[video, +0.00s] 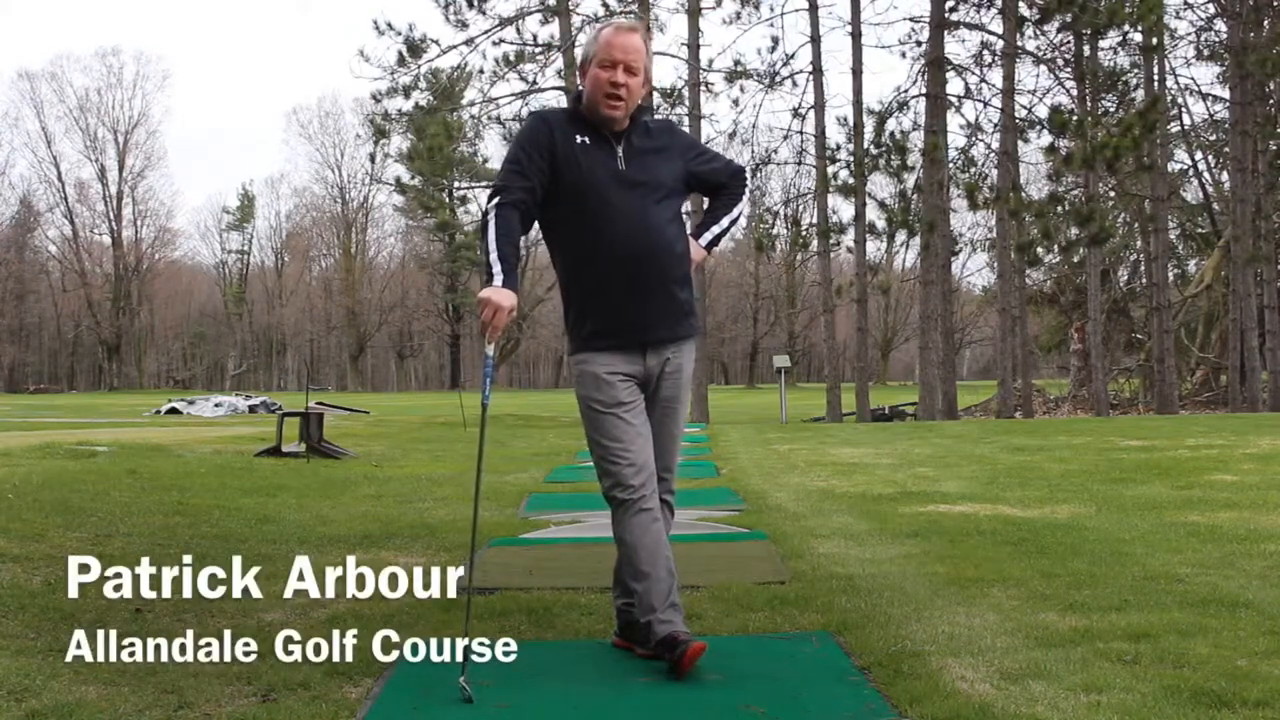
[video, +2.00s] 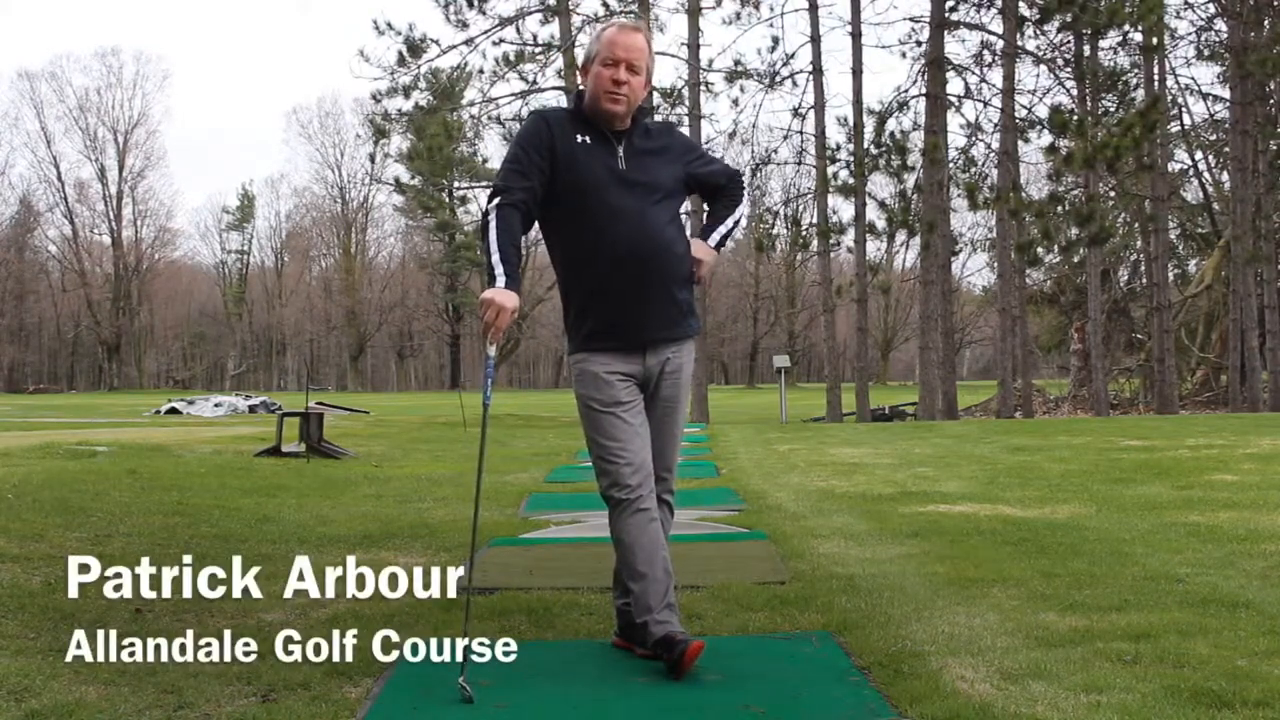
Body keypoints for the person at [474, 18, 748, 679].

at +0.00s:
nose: (617, 80)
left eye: (630, 70)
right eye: (606, 67)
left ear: (646, 82)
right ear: (584, 72)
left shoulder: (669, 141)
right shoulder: (548, 133)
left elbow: (733, 181)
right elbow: (508, 203)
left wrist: (703, 240)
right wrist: (503, 282)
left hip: (674, 339)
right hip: (599, 344)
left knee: (659, 488)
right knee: (634, 486)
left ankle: (634, 619)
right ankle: (669, 631)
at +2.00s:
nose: (619, 77)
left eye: (632, 68)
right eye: (608, 65)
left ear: (648, 82)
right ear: (585, 72)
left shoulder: (671, 144)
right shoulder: (548, 132)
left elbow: (732, 187)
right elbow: (507, 205)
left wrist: (710, 240)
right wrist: (505, 282)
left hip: (673, 342)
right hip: (598, 346)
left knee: (659, 489)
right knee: (631, 487)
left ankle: (633, 620)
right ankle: (666, 631)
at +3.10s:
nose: (595, 76)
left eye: (608, 64)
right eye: (585, 64)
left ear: (634, 75)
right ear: (571, 71)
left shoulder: (665, 145)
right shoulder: (545, 130)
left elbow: (696, 243)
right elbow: (502, 207)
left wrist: (698, 224)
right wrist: (500, 284)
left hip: (662, 341)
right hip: (586, 345)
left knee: (653, 486)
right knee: (616, 483)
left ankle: (634, 616)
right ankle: (655, 627)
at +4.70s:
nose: (523, 64)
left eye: (537, 53)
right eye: (512, 50)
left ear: (556, 64)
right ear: (491, 58)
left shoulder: (590, 131)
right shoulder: (454, 141)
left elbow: (631, 215)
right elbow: (432, 243)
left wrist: (640, 191)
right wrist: (432, 337)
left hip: (579, 342)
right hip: (495, 346)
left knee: (599, 491)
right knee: (515, 495)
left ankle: (609, 628)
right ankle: (527, 630)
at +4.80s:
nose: (523, 62)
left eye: (537, 51)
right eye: (512, 49)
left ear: (556, 62)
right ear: (491, 58)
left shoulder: (587, 130)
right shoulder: (457, 140)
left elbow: (630, 220)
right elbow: (434, 242)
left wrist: (619, 217)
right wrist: (438, 336)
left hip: (581, 338)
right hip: (498, 342)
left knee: (596, 491)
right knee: (516, 494)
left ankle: (608, 627)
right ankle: (528, 631)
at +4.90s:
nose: (523, 61)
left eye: (537, 51)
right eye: (511, 49)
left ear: (556, 62)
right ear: (491, 58)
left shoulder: (589, 130)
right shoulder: (457, 140)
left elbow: (628, 209)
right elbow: (434, 243)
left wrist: (619, 220)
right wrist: (439, 336)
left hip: (582, 339)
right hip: (499, 342)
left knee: (597, 491)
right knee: (517, 494)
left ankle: (608, 628)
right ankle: (528, 631)